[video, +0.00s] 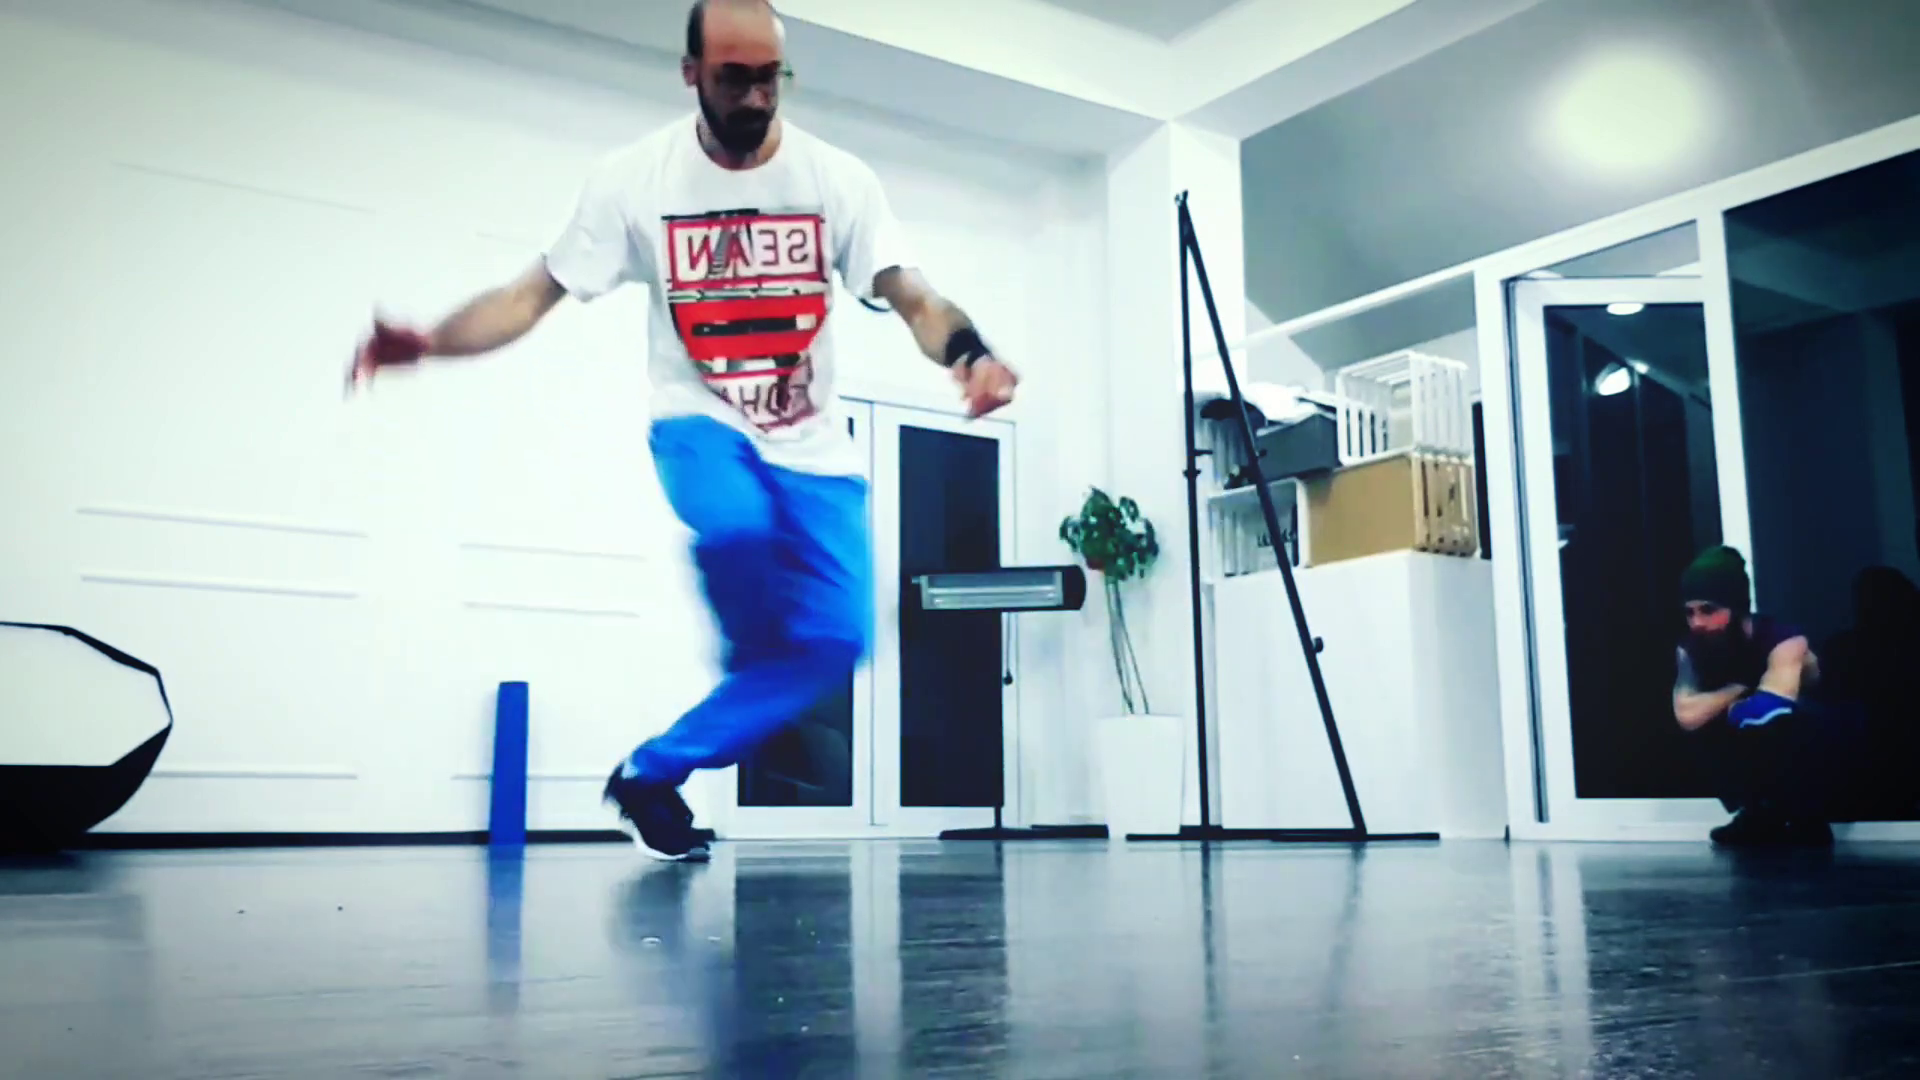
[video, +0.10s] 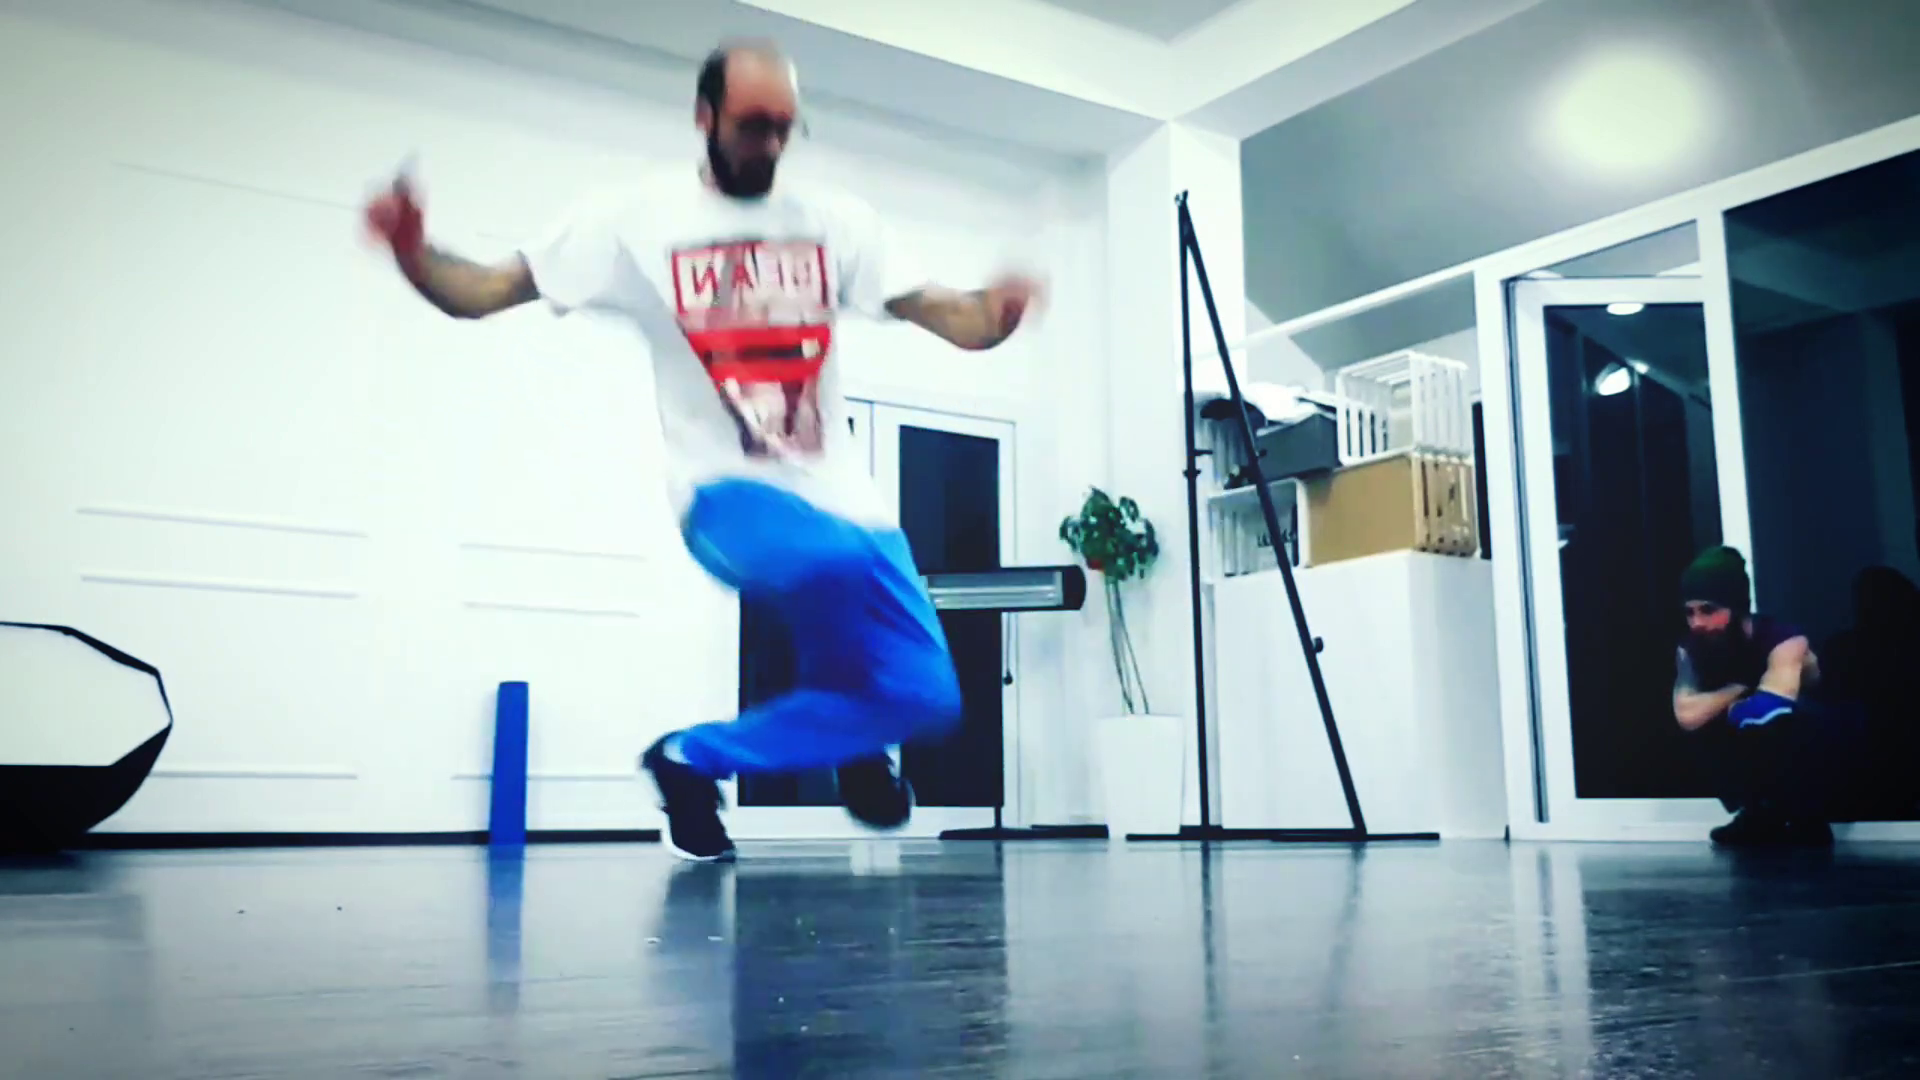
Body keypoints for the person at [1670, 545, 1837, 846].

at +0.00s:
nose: (1697, 623)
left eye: (1708, 611)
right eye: (1690, 613)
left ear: (1736, 607)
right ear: (1684, 612)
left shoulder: (1778, 637)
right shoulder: (1690, 652)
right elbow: (1688, 715)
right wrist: (1738, 690)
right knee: (1703, 727)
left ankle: (1803, 819)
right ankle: (1754, 814)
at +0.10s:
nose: (1697, 623)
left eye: (1708, 611)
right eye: (1690, 613)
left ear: (1736, 607)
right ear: (1684, 612)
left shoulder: (1779, 637)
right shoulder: (1690, 652)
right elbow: (1688, 715)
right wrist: (1738, 690)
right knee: (1704, 727)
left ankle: (1802, 819)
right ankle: (1755, 814)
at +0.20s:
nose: (1697, 623)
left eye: (1708, 611)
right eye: (1690, 613)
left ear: (1736, 607)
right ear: (1684, 612)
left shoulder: (1777, 637)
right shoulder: (1691, 652)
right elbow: (1688, 715)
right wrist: (1738, 689)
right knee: (1704, 728)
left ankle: (1802, 819)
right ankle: (1755, 814)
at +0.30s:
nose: (1697, 624)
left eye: (1709, 611)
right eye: (1690, 613)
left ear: (1736, 606)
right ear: (1684, 612)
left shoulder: (1777, 638)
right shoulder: (1691, 652)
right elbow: (1688, 715)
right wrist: (1738, 689)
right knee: (1705, 727)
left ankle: (1802, 819)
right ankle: (1755, 814)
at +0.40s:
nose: (1697, 623)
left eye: (1708, 611)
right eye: (1690, 613)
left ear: (1736, 607)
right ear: (1684, 612)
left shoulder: (1780, 638)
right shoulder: (1691, 652)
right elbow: (1688, 715)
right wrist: (1739, 690)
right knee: (1704, 727)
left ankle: (1802, 818)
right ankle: (1754, 814)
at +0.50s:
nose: (1697, 622)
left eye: (1708, 610)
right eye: (1690, 612)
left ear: (1737, 607)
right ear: (1684, 611)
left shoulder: (1778, 637)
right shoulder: (1691, 650)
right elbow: (1687, 714)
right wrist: (1739, 689)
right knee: (1704, 726)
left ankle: (1802, 818)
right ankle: (1754, 814)